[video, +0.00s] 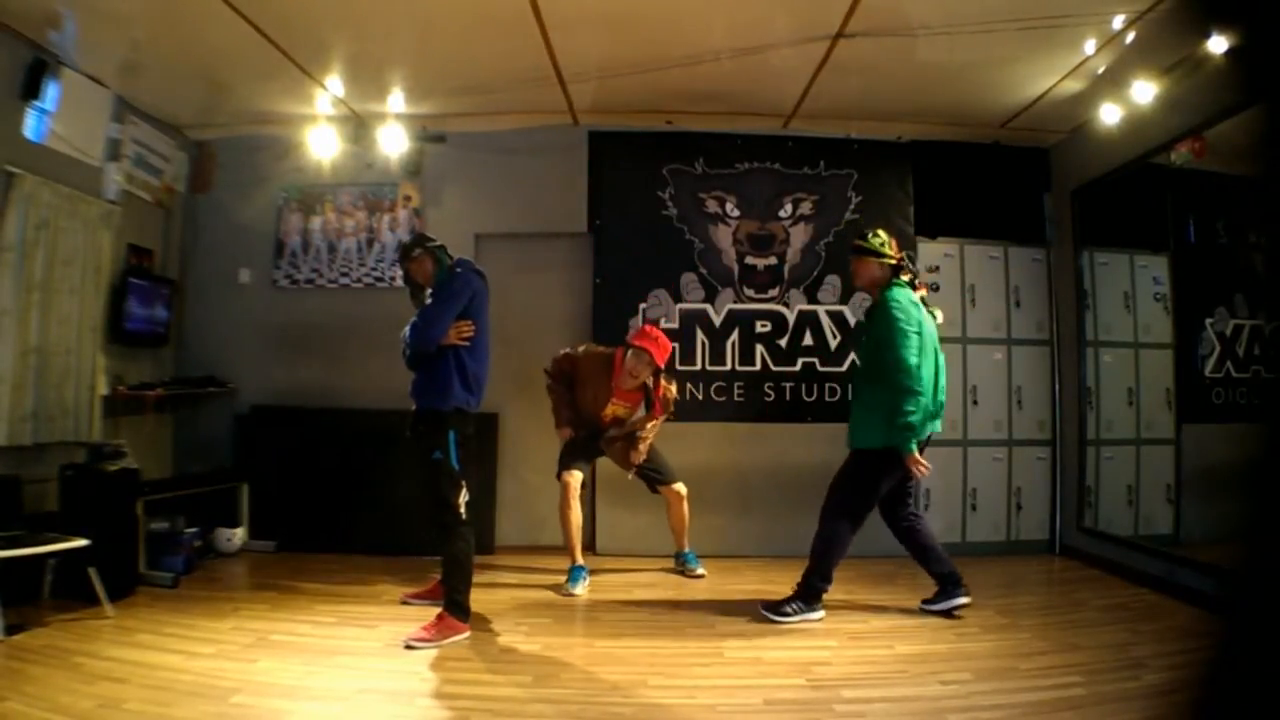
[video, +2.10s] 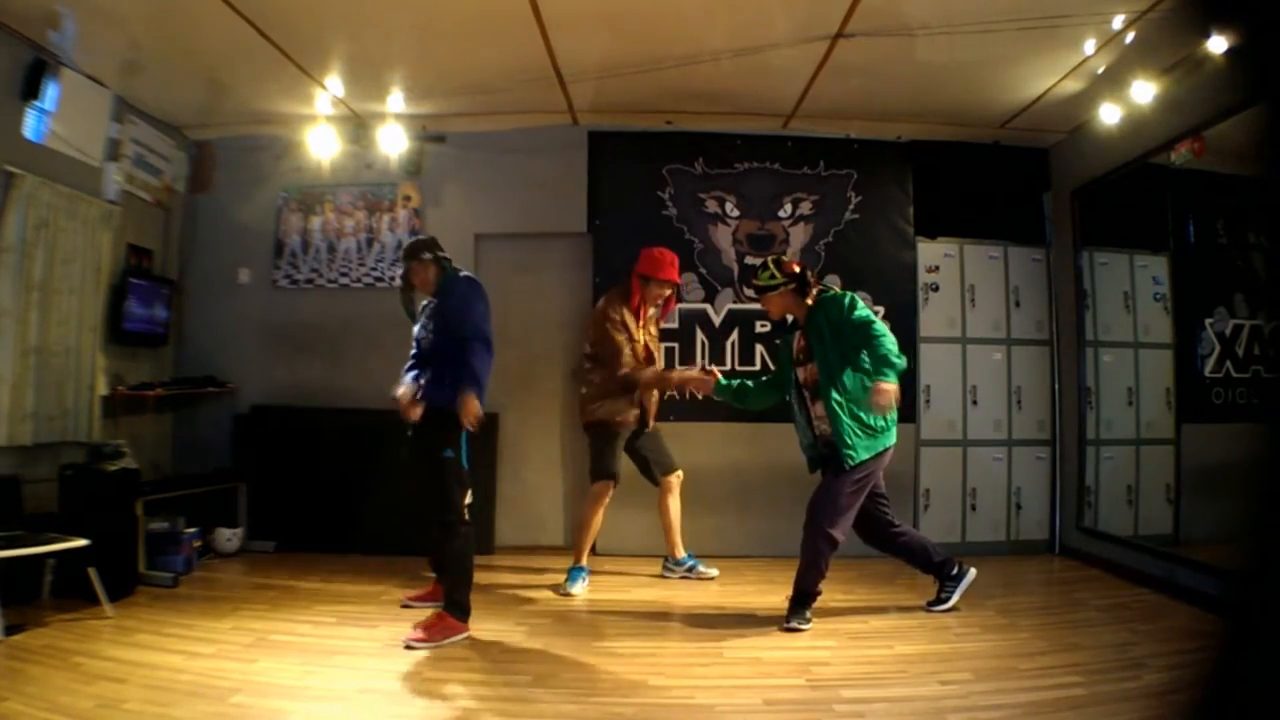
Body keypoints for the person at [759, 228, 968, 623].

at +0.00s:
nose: (852, 269)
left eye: (859, 261)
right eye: (854, 261)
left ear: (881, 265)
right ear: (883, 266)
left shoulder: (892, 307)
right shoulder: (910, 304)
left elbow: (907, 379)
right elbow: (932, 375)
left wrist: (907, 442)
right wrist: (924, 429)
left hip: (882, 437)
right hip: (900, 437)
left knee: (841, 510)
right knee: (901, 514)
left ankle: (808, 597)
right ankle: (951, 585)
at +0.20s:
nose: (857, 280)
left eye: (862, 270)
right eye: (849, 276)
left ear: (882, 271)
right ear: (846, 286)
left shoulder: (913, 315)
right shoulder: (862, 324)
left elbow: (939, 378)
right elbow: (866, 385)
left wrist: (931, 444)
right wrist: (857, 435)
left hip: (898, 442)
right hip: (866, 440)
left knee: (856, 525)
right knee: (885, 526)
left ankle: (806, 603)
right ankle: (958, 576)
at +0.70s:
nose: (827, 307)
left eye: (828, 297)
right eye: (818, 309)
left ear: (846, 293)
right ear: (820, 322)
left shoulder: (892, 317)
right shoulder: (841, 353)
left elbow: (947, 350)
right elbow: (840, 419)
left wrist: (937, 398)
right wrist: (805, 453)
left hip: (895, 449)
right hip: (859, 454)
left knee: (844, 520)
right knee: (876, 545)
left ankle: (802, 603)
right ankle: (954, 575)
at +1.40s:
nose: (780, 307)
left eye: (782, 299)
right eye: (778, 300)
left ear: (801, 294)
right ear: (802, 293)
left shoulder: (857, 319)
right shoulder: (813, 328)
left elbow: (887, 381)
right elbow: (817, 397)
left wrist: (906, 446)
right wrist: (819, 458)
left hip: (865, 445)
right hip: (837, 447)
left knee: (825, 517)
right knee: (878, 536)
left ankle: (800, 605)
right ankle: (953, 573)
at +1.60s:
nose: (771, 301)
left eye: (773, 294)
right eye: (769, 294)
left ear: (793, 288)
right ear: (793, 288)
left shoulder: (839, 313)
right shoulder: (810, 319)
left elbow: (860, 382)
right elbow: (814, 394)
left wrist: (864, 451)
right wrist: (795, 450)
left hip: (857, 442)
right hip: (835, 441)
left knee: (823, 517)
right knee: (875, 528)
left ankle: (800, 604)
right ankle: (951, 572)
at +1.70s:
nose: (766, 303)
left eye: (769, 295)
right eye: (765, 296)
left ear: (790, 289)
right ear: (790, 290)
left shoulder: (839, 309)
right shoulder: (805, 329)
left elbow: (866, 372)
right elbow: (800, 400)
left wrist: (847, 432)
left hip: (865, 435)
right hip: (843, 439)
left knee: (823, 517)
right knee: (876, 527)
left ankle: (801, 604)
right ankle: (952, 572)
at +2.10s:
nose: (762, 304)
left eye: (765, 295)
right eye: (760, 297)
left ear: (788, 289)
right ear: (783, 293)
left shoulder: (839, 306)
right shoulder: (793, 339)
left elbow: (878, 336)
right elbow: (772, 391)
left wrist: (885, 376)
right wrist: (719, 385)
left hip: (867, 439)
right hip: (837, 446)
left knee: (824, 515)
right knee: (877, 526)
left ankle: (801, 603)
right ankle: (950, 571)